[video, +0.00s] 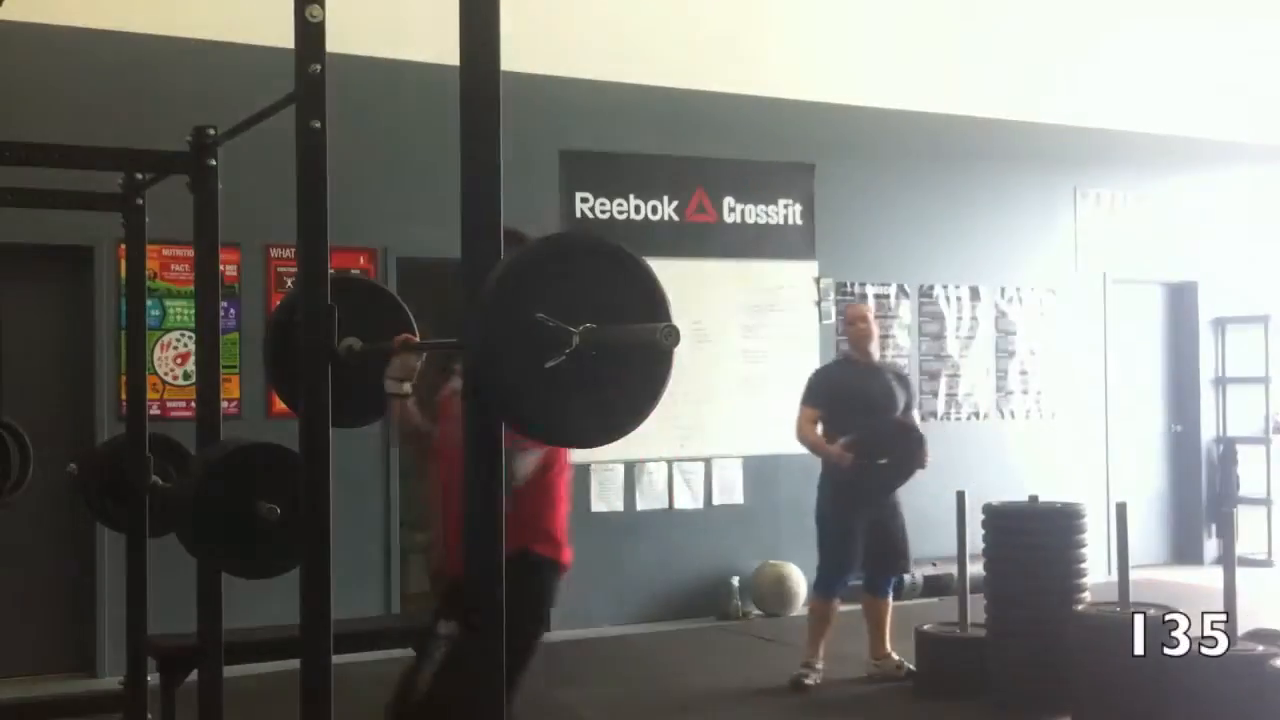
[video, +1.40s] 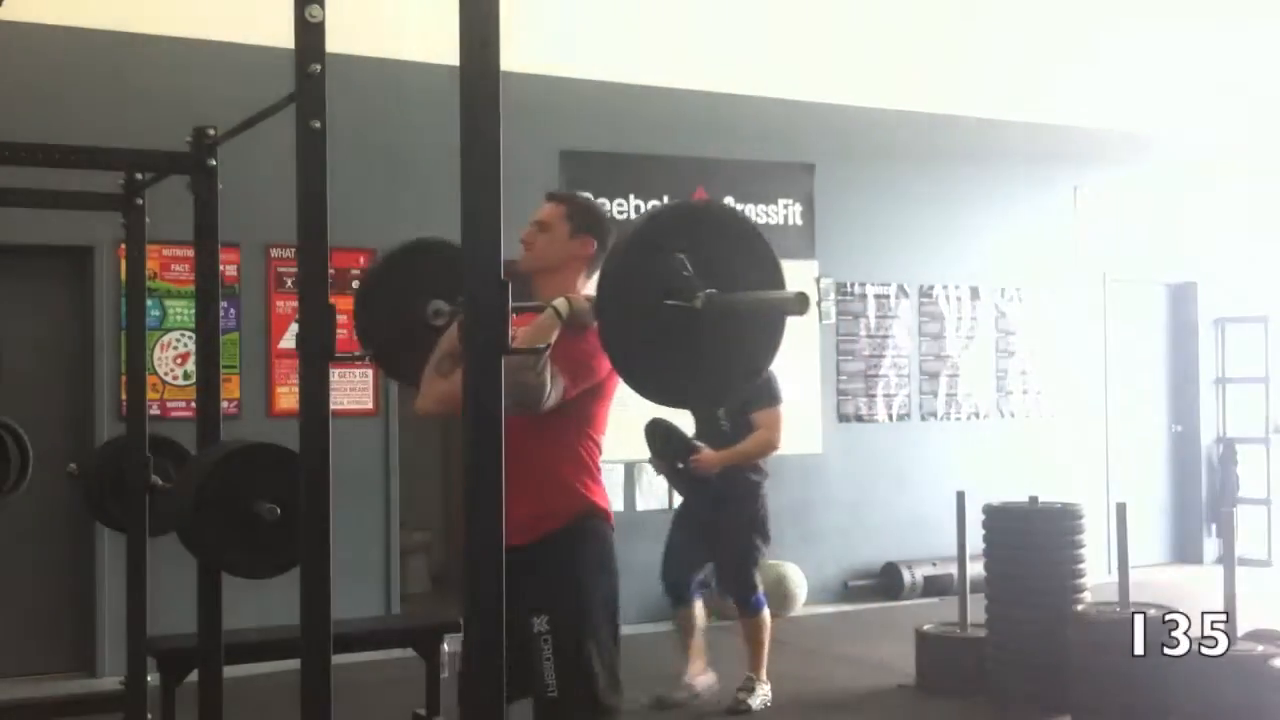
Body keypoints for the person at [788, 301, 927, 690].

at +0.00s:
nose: (861, 326)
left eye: (866, 320)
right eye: (853, 321)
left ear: (876, 326)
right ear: (844, 329)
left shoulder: (898, 379)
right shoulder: (827, 376)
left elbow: (907, 427)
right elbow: (804, 428)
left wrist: (915, 452)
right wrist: (829, 451)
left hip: (883, 485)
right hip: (841, 485)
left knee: (884, 572)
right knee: (832, 574)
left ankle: (882, 655)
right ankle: (813, 661)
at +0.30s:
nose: (810, 328)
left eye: (816, 320)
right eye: (803, 323)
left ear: (831, 326)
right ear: (798, 332)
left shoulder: (859, 376)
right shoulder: (784, 381)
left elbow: (886, 428)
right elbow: (765, 429)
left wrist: (872, 449)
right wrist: (770, 453)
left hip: (846, 486)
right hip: (800, 487)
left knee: (870, 569)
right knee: (803, 578)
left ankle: (881, 653)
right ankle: (805, 661)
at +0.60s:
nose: (780, 327)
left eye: (787, 320)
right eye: (775, 321)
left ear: (805, 325)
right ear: (770, 329)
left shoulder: (830, 374)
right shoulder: (761, 380)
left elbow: (860, 426)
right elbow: (752, 432)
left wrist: (833, 449)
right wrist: (738, 457)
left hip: (820, 484)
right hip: (778, 485)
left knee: (827, 573)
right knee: (792, 577)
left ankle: (838, 657)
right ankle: (805, 662)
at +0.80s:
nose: (766, 330)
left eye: (773, 324)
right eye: (762, 324)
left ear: (792, 328)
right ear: (758, 331)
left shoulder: (815, 376)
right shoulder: (750, 382)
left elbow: (845, 429)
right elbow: (743, 435)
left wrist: (809, 457)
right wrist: (722, 459)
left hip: (801, 487)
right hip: (763, 488)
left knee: (793, 581)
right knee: (782, 580)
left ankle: (787, 674)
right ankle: (808, 662)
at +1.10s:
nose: (750, 331)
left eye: (757, 323)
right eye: (745, 324)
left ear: (773, 326)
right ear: (738, 330)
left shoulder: (791, 379)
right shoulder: (732, 382)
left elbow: (812, 439)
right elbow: (730, 437)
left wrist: (766, 460)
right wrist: (698, 458)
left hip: (773, 493)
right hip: (736, 491)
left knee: (761, 587)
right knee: (741, 583)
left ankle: (759, 681)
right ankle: (794, 645)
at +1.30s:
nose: (746, 345)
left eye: (753, 337)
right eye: (740, 337)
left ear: (764, 339)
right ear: (728, 338)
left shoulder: (771, 377)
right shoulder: (715, 375)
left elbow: (785, 437)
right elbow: (715, 436)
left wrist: (735, 459)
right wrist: (683, 454)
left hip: (754, 490)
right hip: (714, 488)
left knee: (752, 586)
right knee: (692, 575)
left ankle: (759, 681)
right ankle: (736, 640)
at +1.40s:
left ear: (739, 329)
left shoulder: (755, 375)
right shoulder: (703, 375)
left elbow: (769, 437)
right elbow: (705, 435)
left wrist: (719, 458)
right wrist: (674, 460)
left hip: (741, 492)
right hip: (701, 491)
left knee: (742, 583)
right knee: (678, 577)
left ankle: (758, 681)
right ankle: (697, 673)